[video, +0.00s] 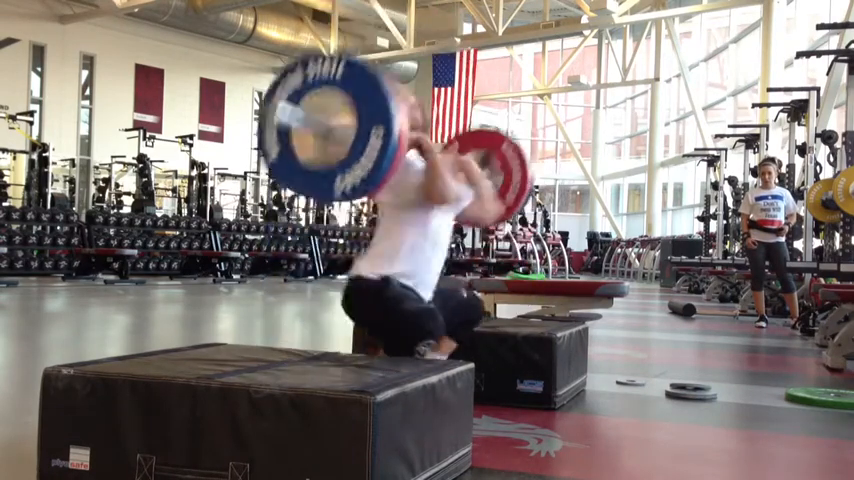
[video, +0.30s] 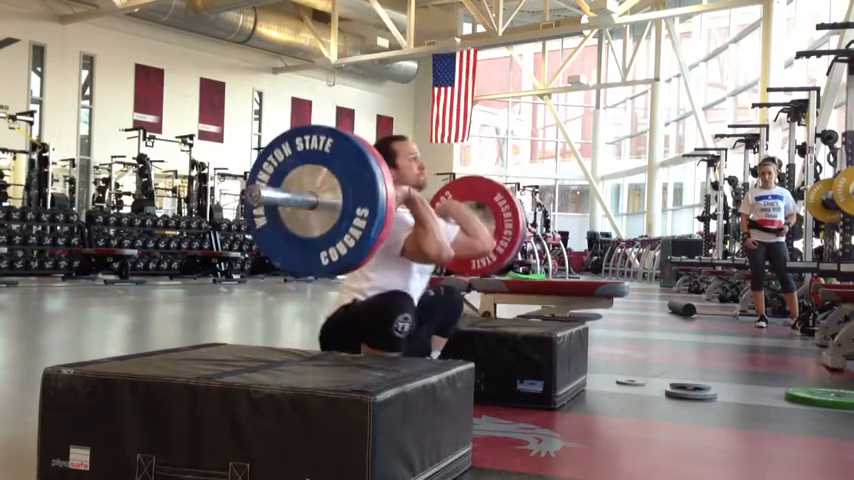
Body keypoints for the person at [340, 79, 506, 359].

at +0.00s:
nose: (414, 104)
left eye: (412, 99)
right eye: (402, 102)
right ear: (387, 116)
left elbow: (489, 212)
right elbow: (440, 195)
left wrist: (471, 169)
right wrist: (430, 150)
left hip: (418, 292)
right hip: (374, 285)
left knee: (471, 307)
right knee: (426, 324)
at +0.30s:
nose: (422, 165)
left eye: (419, 158)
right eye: (413, 159)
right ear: (390, 170)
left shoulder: (421, 220)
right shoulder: (384, 215)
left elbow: (483, 244)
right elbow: (438, 253)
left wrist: (453, 208)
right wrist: (412, 197)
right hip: (344, 322)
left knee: (449, 298)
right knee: (399, 305)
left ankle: (427, 375)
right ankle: (371, 388)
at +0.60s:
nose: (421, 161)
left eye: (418, 156)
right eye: (411, 156)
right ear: (389, 171)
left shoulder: (417, 217)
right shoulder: (383, 213)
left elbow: (485, 242)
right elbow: (441, 248)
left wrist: (455, 206)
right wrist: (411, 195)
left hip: (405, 316)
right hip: (358, 322)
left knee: (464, 305)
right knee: (423, 317)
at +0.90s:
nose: (433, 134)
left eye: (428, 128)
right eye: (422, 128)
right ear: (401, 143)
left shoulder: (421, 190)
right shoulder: (389, 183)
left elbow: (491, 215)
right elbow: (446, 223)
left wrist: (458, 177)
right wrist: (420, 168)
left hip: (400, 294)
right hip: (355, 296)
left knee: (465, 308)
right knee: (426, 316)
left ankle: (419, 390)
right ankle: (380, 392)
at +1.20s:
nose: (433, 110)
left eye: (431, 105)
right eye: (424, 104)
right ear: (401, 111)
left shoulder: (432, 165)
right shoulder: (393, 153)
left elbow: (496, 189)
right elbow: (453, 197)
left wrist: (466, 157)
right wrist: (428, 143)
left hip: (404, 275)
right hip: (362, 273)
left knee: (468, 310)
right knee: (423, 316)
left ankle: (420, 388)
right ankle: (378, 391)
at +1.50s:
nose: (427, 97)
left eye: (426, 91)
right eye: (418, 91)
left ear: (428, 98)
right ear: (398, 99)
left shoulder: (428, 152)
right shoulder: (391, 139)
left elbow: (494, 173)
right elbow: (455, 175)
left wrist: (453, 136)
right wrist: (424, 122)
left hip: (403, 266)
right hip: (364, 262)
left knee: (465, 306)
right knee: (425, 315)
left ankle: (418, 386)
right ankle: (378, 392)